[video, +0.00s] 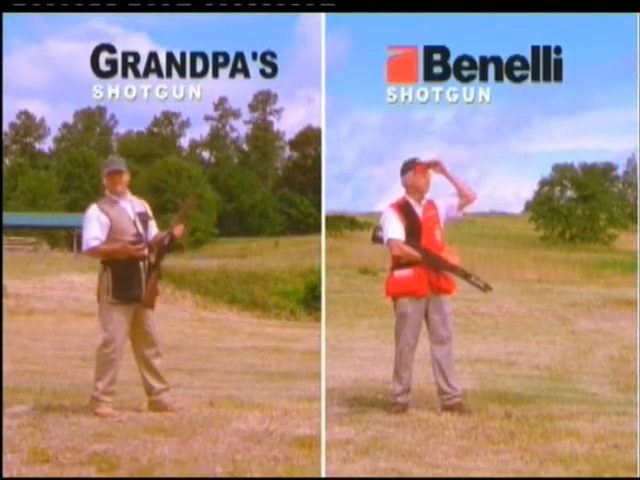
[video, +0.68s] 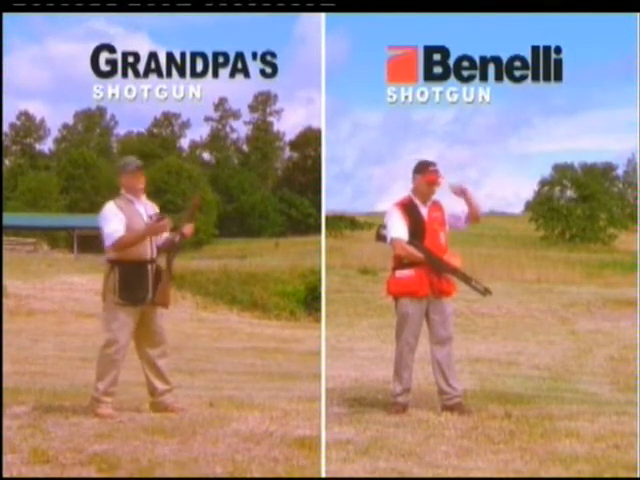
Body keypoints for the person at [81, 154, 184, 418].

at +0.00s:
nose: (115, 180)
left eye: (119, 174)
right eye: (110, 175)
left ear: (128, 177)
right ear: (104, 180)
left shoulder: (141, 206)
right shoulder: (98, 211)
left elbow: (153, 241)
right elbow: (90, 247)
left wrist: (170, 236)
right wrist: (123, 250)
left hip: (142, 283)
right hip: (114, 283)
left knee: (148, 343)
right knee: (113, 342)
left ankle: (158, 396)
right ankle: (101, 399)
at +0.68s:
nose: (138, 180)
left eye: (140, 175)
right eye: (132, 175)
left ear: (145, 178)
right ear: (121, 180)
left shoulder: (150, 208)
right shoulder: (111, 210)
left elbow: (157, 242)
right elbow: (116, 244)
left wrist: (178, 236)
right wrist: (150, 231)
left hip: (149, 273)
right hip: (122, 273)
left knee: (154, 341)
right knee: (116, 341)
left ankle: (161, 396)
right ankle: (102, 399)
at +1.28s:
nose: (154, 189)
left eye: (154, 184)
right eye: (149, 184)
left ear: (144, 188)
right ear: (132, 187)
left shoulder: (151, 215)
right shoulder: (120, 217)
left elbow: (163, 247)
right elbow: (127, 256)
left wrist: (184, 242)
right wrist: (159, 270)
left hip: (145, 280)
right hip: (122, 282)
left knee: (158, 340)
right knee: (121, 342)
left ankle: (162, 396)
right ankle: (93, 399)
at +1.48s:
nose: (152, 190)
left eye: (151, 185)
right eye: (146, 185)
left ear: (140, 190)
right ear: (131, 189)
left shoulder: (149, 216)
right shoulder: (116, 221)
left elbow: (159, 249)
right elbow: (113, 262)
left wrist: (180, 246)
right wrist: (125, 293)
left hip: (146, 281)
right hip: (122, 283)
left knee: (160, 339)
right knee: (121, 343)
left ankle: (163, 396)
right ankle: (92, 399)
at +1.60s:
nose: (152, 188)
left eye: (151, 183)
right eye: (146, 183)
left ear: (143, 188)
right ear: (130, 188)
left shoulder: (150, 214)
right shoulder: (115, 218)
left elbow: (158, 247)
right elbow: (98, 257)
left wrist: (179, 245)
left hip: (146, 279)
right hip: (120, 281)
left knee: (159, 339)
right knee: (119, 343)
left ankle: (162, 397)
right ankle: (92, 399)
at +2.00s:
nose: (173, 217)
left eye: (172, 211)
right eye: (169, 212)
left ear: (158, 216)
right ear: (154, 215)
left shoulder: (164, 239)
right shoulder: (136, 244)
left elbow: (161, 271)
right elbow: (110, 276)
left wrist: (186, 268)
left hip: (145, 296)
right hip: (122, 298)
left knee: (166, 341)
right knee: (134, 359)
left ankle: (163, 396)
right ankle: (94, 398)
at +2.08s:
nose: (170, 202)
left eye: (169, 197)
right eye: (165, 197)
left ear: (153, 202)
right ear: (151, 201)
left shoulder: (157, 225)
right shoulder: (145, 233)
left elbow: (156, 259)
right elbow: (136, 277)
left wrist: (182, 262)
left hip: (149, 297)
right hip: (132, 299)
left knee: (167, 342)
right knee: (133, 354)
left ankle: (165, 395)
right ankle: (96, 398)